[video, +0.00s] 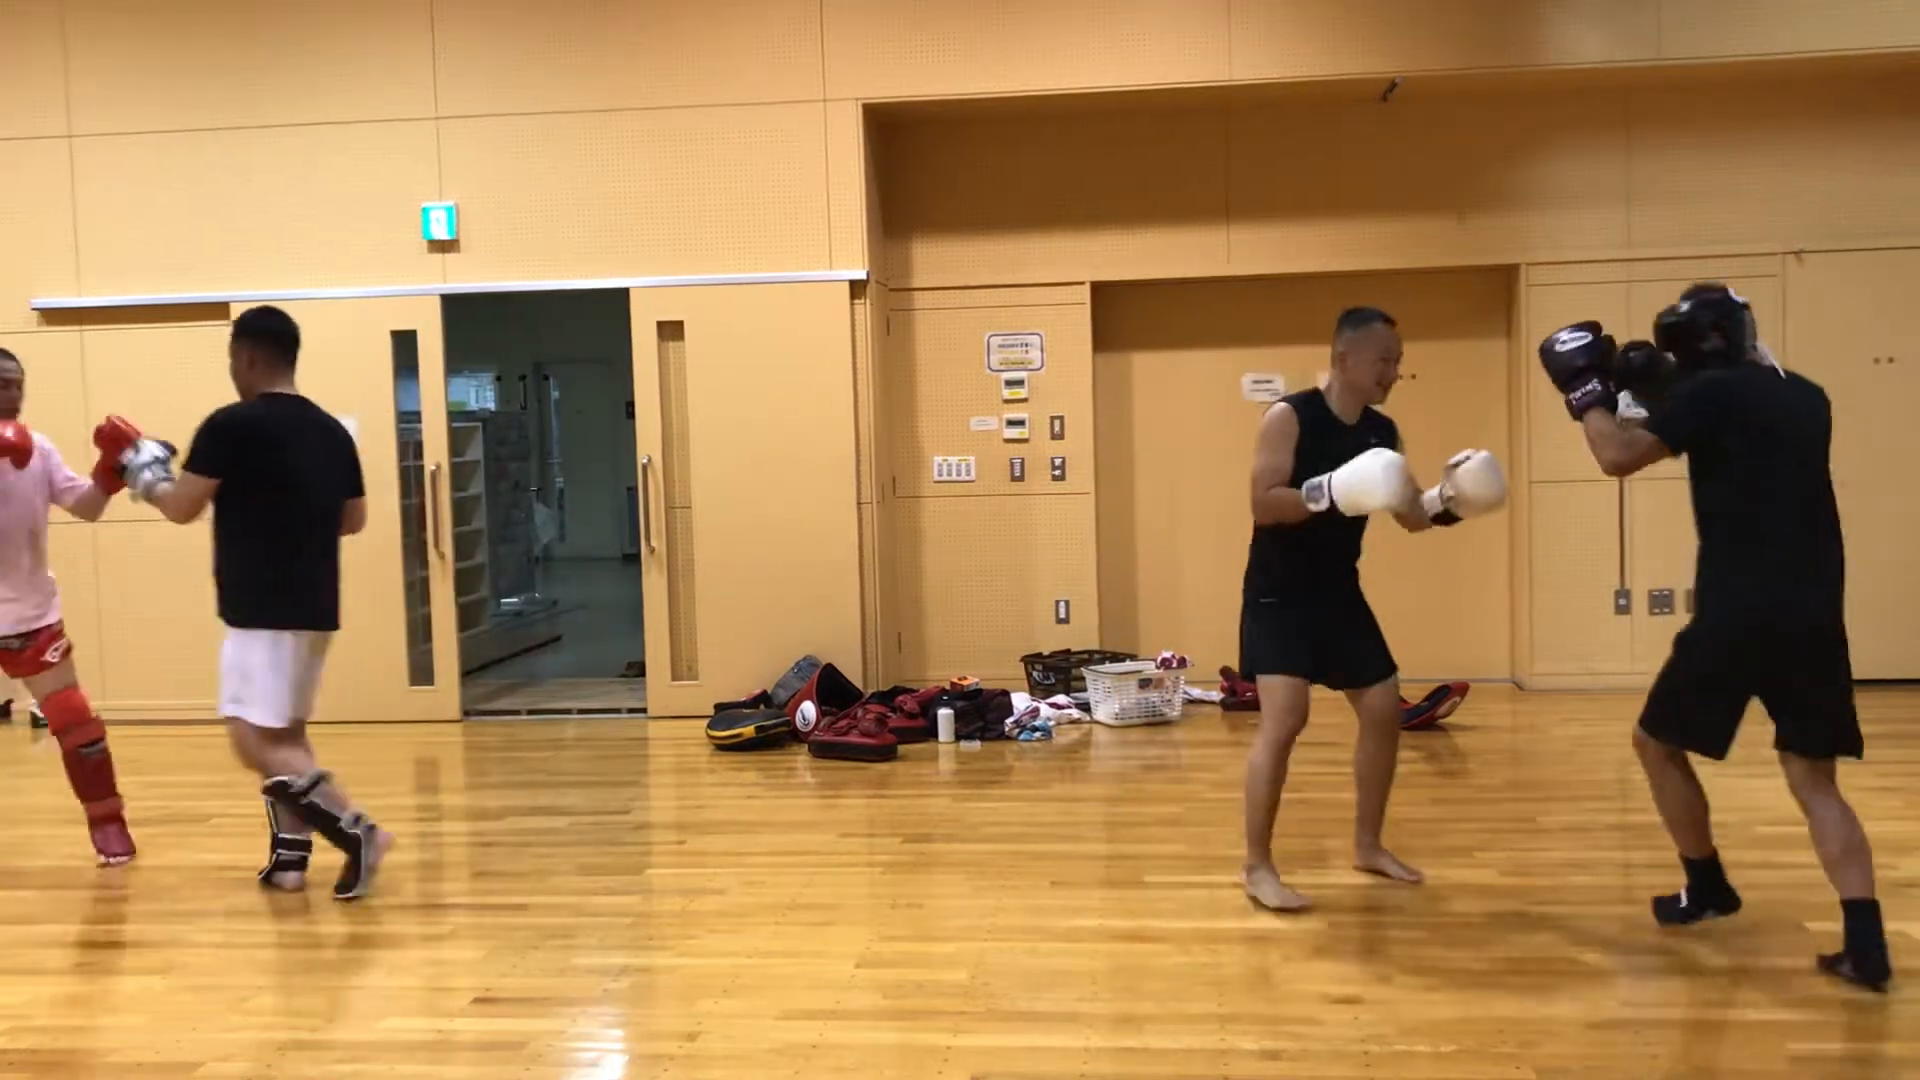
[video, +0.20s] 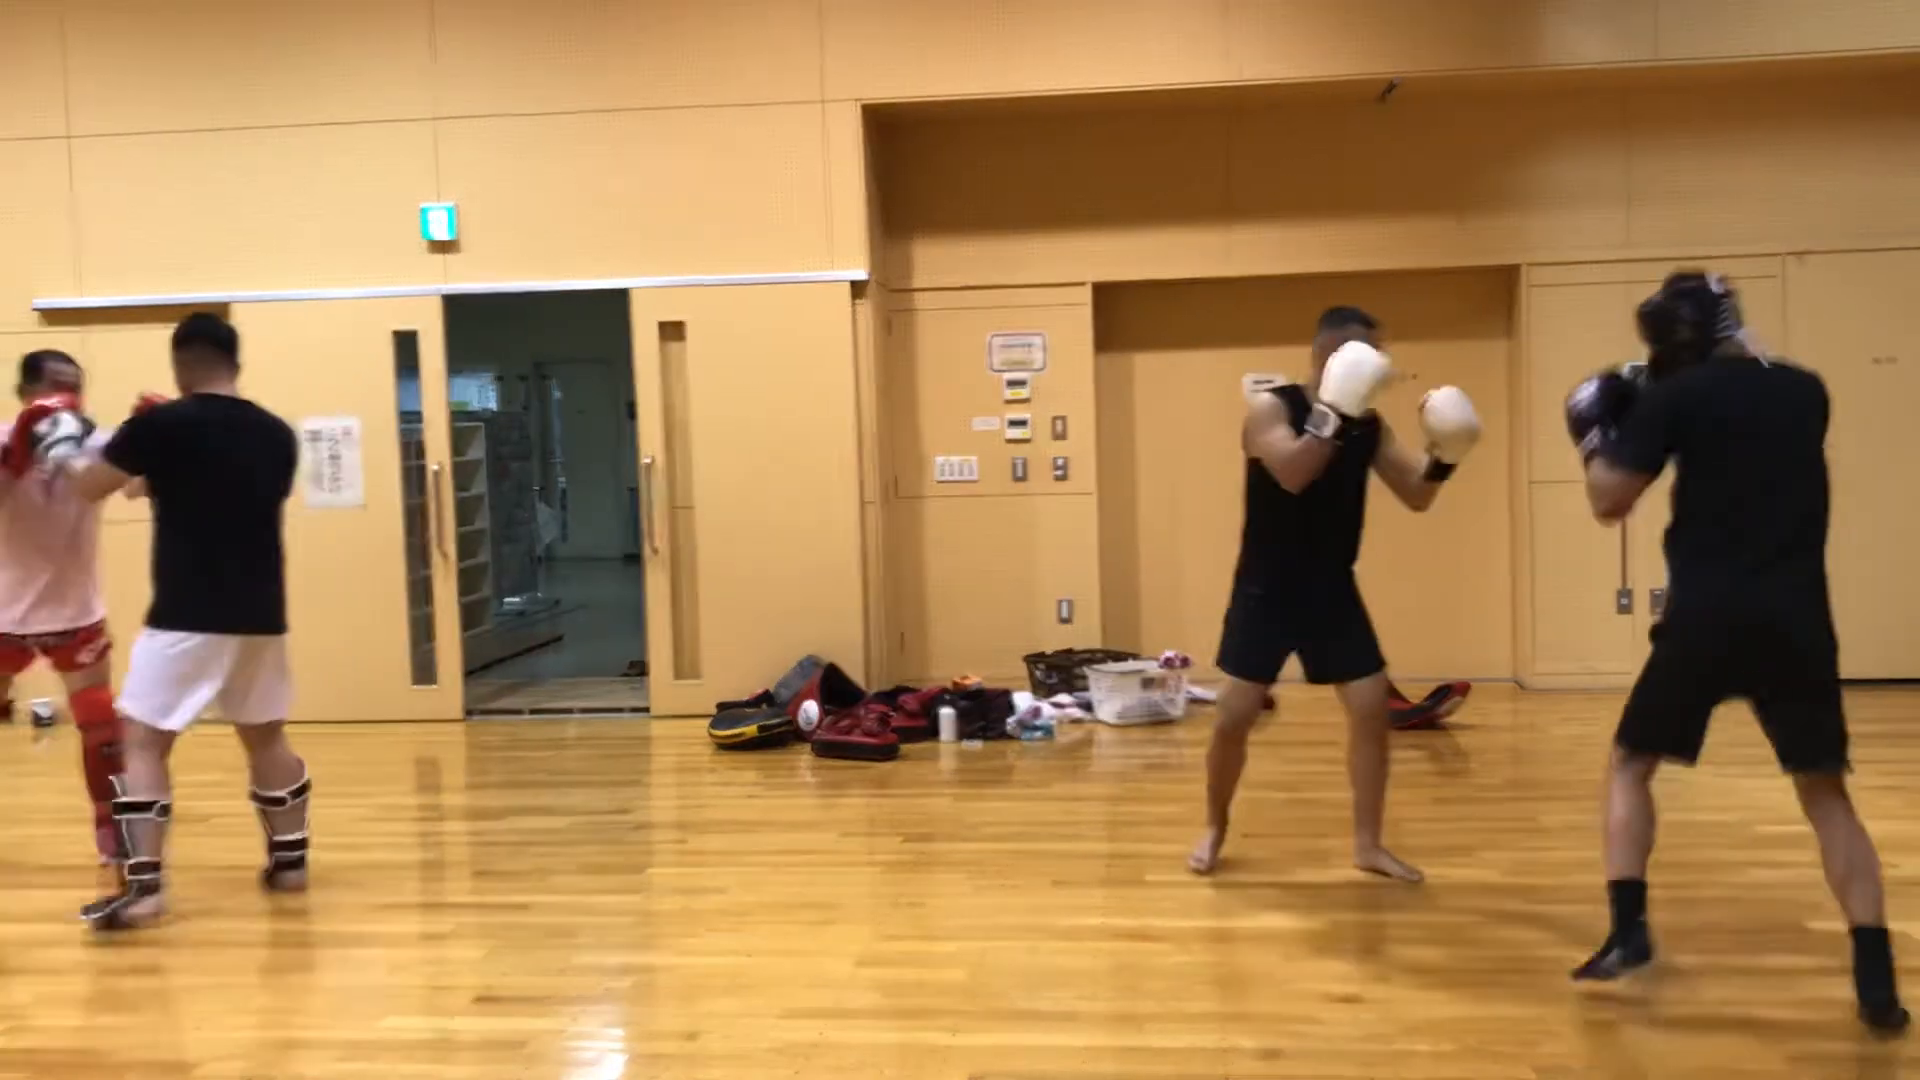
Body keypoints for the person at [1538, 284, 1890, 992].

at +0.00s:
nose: (1679, 365)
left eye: (1679, 352)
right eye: (1673, 354)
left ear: (1696, 349)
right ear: (1746, 337)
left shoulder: (1707, 394)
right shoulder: (1809, 397)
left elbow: (1615, 454)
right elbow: (1747, 404)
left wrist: (1584, 389)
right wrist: (1667, 387)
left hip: (1734, 618)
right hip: (1813, 619)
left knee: (1656, 741)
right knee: (1815, 778)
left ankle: (1706, 887)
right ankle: (1867, 947)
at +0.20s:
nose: (1652, 358)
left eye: (1652, 347)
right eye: (1653, 348)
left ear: (1666, 344)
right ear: (1727, 326)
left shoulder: (1676, 396)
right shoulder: (1804, 391)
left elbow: (1609, 499)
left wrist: (1592, 434)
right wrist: (1660, 400)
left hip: (1704, 625)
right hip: (1797, 626)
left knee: (1630, 765)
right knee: (1827, 794)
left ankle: (1628, 932)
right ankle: (1878, 981)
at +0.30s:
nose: (1629, 378)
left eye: (1630, 367)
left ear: (1643, 367)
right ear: (1710, 347)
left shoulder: (1644, 434)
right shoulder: (1783, 417)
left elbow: (1590, 546)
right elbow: (1797, 521)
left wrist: (1571, 473)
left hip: (1681, 663)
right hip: (1778, 660)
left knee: (1607, 807)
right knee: (1821, 823)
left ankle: (1579, 969)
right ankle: (1877, 996)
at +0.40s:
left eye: (1606, 359)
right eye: (1690, 339)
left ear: (1615, 362)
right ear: (1688, 349)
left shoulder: (1604, 429)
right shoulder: (1752, 413)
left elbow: (1540, 536)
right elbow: (1785, 525)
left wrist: (1532, 466)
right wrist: (1728, 473)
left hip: (1645, 662)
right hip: (1744, 660)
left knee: (1589, 824)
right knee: (1802, 815)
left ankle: (1569, 1000)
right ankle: (1872, 1000)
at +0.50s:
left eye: (1557, 346)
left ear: (1567, 347)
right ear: (1638, 338)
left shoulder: (1546, 409)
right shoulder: (1696, 401)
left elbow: (1449, 477)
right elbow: (1733, 513)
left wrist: (1446, 414)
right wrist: (1664, 476)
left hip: (1589, 654)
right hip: (1689, 651)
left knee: (1557, 821)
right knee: (1754, 810)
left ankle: (1565, 1008)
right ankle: (1808, 998)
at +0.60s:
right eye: (1586, 312)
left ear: (1520, 333)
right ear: (1592, 325)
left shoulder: (1499, 391)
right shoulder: (1653, 385)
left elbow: (1410, 443)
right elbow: (1679, 501)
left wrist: (1394, 389)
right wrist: (1616, 454)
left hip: (1542, 634)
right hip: (1640, 634)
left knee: (1519, 807)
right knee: (1673, 808)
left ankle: (1552, 995)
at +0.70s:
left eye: (1471, 339)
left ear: (1480, 341)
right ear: (1551, 332)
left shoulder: (1461, 405)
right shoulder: (1608, 400)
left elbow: (1374, 493)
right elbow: (1642, 514)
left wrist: (1385, 417)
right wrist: (1592, 457)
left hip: (1487, 644)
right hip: (1583, 648)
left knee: (1451, 802)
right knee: (1604, 835)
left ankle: (1435, 987)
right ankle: (1596, 1034)